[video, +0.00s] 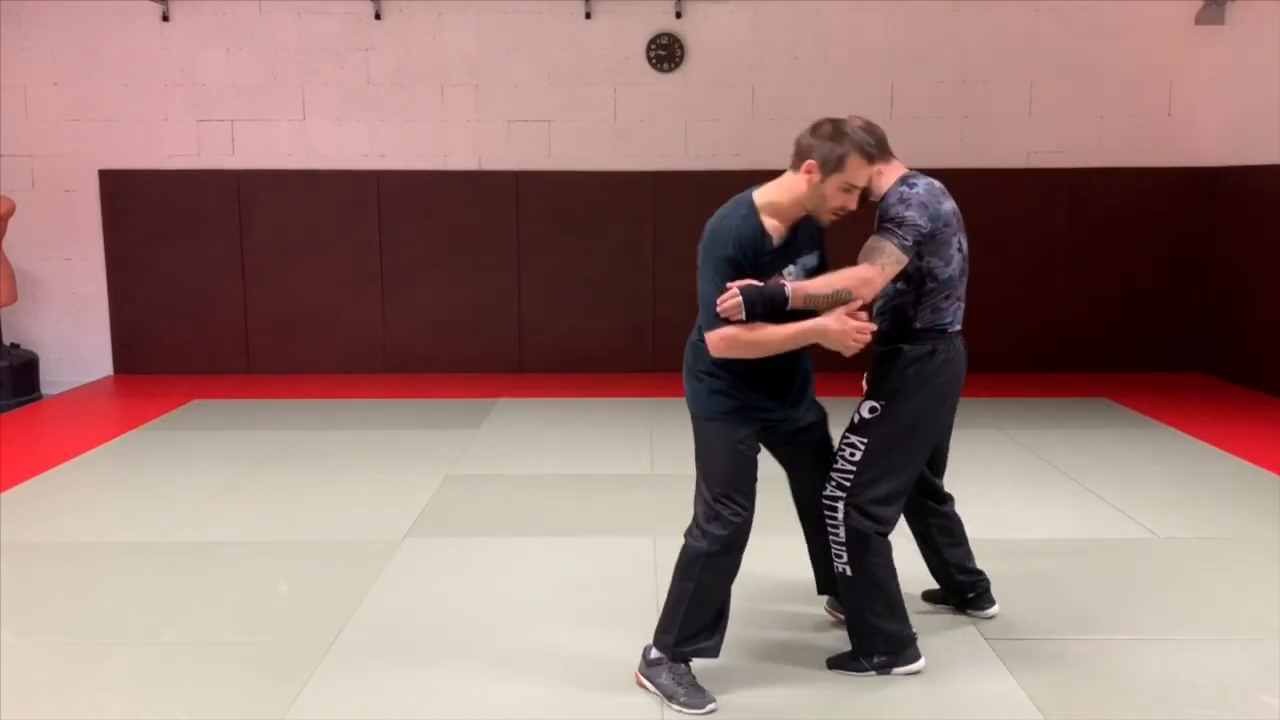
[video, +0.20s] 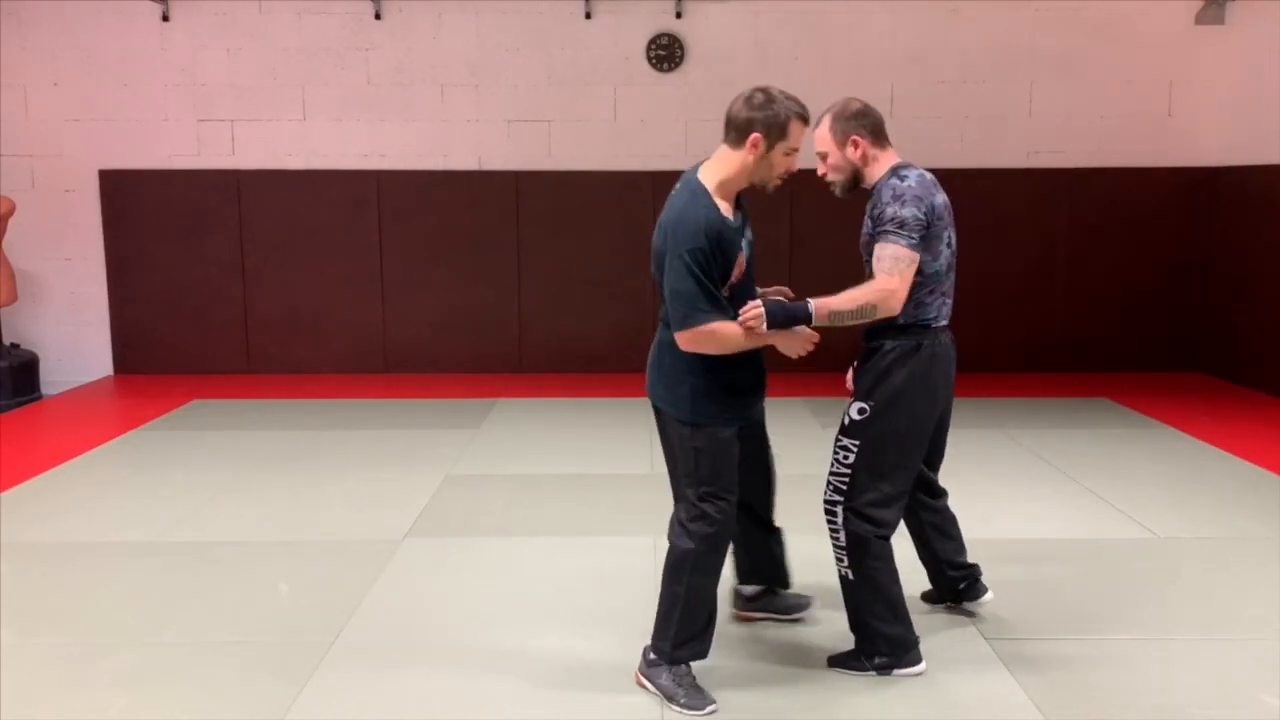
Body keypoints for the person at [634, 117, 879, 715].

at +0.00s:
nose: (852, 204)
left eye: (857, 192)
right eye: (847, 189)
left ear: (814, 175)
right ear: (809, 172)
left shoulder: (808, 221)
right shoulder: (729, 233)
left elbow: (805, 296)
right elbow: (721, 339)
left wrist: (845, 310)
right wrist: (816, 330)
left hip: (789, 385)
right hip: (726, 391)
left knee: (826, 491)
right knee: (723, 521)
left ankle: (843, 594)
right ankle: (666, 656)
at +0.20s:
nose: (793, 166)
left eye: (796, 154)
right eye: (790, 154)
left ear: (753, 144)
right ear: (756, 145)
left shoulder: (721, 192)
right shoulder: (693, 221)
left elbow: (724, 288)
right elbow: (691, 333)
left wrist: (767, 304)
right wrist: (771, 337)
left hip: (731, 384)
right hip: (694, 393)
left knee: (752, 489)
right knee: (706, 517)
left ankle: (761, 589)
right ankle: (665, 658)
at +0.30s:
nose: (765, 151)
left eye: (768, 138)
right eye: (763, 137)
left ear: (724, 130)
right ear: (730, 132)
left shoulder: (695, 190)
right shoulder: (674, 205)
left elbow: (693, 288)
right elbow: (674, 319)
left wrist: (738, 296)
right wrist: (747, 314)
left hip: (704, 383)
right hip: (675, 391)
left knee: (714, 498)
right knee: (687, 523)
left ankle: (672, 581)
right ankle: (664, 660)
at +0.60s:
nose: (724, 161)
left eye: (726, 149)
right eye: (720, 147)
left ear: (684, 143)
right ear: (689, 143)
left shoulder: (653, 199)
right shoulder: (627, 197)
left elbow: (653, 283)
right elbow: (610, 291)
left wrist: (684, 305)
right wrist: (682, 305)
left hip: (632, 379)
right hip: (605, 381)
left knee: (626, 491)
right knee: (624, 506)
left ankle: (591, 586)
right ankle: (633, 646)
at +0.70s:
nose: (705, 150)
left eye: (706, 138)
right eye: (700, 137)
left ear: (665, 133)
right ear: (669, 132)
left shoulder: (635, 190)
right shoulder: (610, 189)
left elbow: (616, 276)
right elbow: (595, 280)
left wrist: (640, 263)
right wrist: (662, 295)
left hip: (620, 379)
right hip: (591, 380)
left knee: (620, 495)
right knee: (593, 504)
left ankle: (603, 593)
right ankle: (572, 635)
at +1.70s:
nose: (615, 160)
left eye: (617, 149)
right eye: (611, 148)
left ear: (576, 141)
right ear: (582, 141)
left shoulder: (548, 196)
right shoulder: (525, 206)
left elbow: (553, 273)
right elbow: (515, 307)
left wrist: (590, 295)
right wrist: (586, 302)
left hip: (545, 375)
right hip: (505, 382)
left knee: (566, 475)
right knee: (508, 505)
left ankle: (576, 578)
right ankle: (488, 623)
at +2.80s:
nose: (597, 186)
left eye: (601, 174)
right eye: (592, 172)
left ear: (562, 162)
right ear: (556, 159)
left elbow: (585, 275)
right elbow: (515, 314)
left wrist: (647, 257)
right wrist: (577, 264)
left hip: (574, 374)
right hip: (516, 386)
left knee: (620, 470)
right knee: (496, 497)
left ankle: (570, 564)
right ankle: (454, 616)